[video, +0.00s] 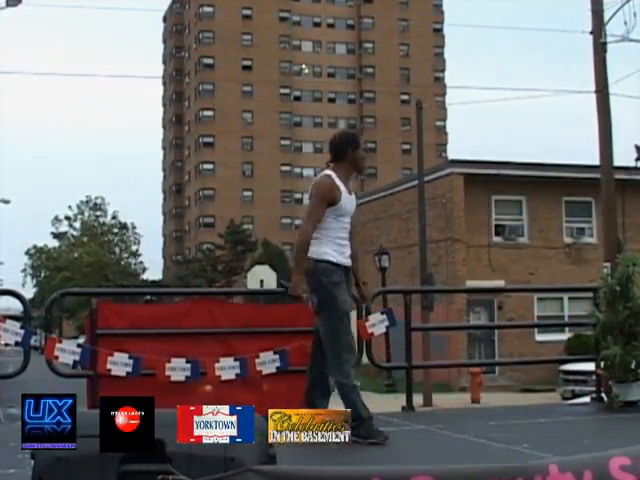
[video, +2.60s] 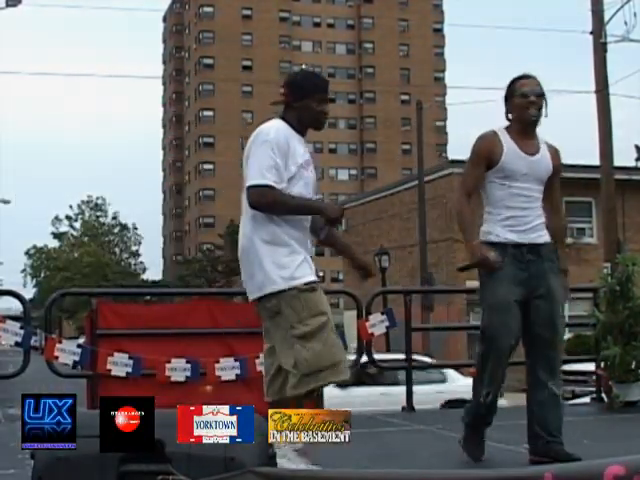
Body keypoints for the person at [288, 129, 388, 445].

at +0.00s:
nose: (364, 157)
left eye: (363, 152)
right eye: (361, 152)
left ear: (345, 154)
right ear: (350, 154)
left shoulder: (346, 187)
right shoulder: (326, 183)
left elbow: (345, 241)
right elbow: (306, 231)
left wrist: (356, 282)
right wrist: (297, 275)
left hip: (340, 270)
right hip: (324, 269)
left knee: (326, 348)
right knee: (341, 350)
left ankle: (314, 417)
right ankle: (361, 423)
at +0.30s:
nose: (381, 148)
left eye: (380, 143)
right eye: (376, 143)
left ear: (365, 148)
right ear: (360, 147)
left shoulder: (367, 182)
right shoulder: (338, 180)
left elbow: (360, 230)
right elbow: (315, 227)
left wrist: (369, 263)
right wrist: (317, 278)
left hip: (365, 266)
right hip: (343, 264)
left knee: (381, 335)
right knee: (355, 343)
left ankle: (333, 398)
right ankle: (362, 425)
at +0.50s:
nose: (390, 143)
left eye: (390, 138)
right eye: (384, 138)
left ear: (376, 144)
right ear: (366, 142)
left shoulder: (379, 178)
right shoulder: (347, 177)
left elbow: (372, 228)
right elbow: (328, 226)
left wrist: (383, 267)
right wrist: (341, 272)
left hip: (380, 266)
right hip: (356, 266)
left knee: (398, 338)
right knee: (359, 346)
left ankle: (389, 417)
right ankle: (361, 424)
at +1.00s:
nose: (436, 137)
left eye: (438, 132)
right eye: (429, 131)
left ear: (436, 139)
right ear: (411, 137)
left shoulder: (430, 180)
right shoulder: (393, 170)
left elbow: (428, 227)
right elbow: (372, 217)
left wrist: (436, 261)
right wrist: (378, 266)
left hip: (432, 265)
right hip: (403, 265)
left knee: (439, 348)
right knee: (403, 347)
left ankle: (442, 426)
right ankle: (367, 417)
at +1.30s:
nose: (459, 130)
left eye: (460, 125)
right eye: (451, 126)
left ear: (458, 132)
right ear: (433, 133)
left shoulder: (461, 177)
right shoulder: (415, 166)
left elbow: (470, 228)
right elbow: (392, 212)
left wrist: (485, 275)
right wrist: (396, 260)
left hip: (452, 264)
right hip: (422, 261)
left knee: (452, 345)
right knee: (429, 343)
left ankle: (446, 426)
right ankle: (421, 429)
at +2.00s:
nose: (482, 113)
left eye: (484, 107)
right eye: (474, 108)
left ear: (488, 113)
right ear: (455, 117)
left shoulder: (494, 158)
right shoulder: (439, 158)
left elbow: (498, 212)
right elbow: (421, 215)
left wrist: (502, 256)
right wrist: (424, 277)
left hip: (492, 260)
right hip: (456, 260)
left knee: (513, 342)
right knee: (460, 349)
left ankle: (494, 425)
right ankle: (467, 435)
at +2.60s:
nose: (533, 101)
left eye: (538, 96)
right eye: (524, 96)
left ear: (544, 104)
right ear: (508, 105)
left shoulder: (550, 155)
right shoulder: (490, 144)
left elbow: (554, 209)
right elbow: (465, 196)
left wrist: (559, 255)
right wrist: (473, 244)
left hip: (543, 258)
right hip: (501, 256)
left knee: (546, 352)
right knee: (500, 342)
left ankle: (546, 443)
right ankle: (477, 423)